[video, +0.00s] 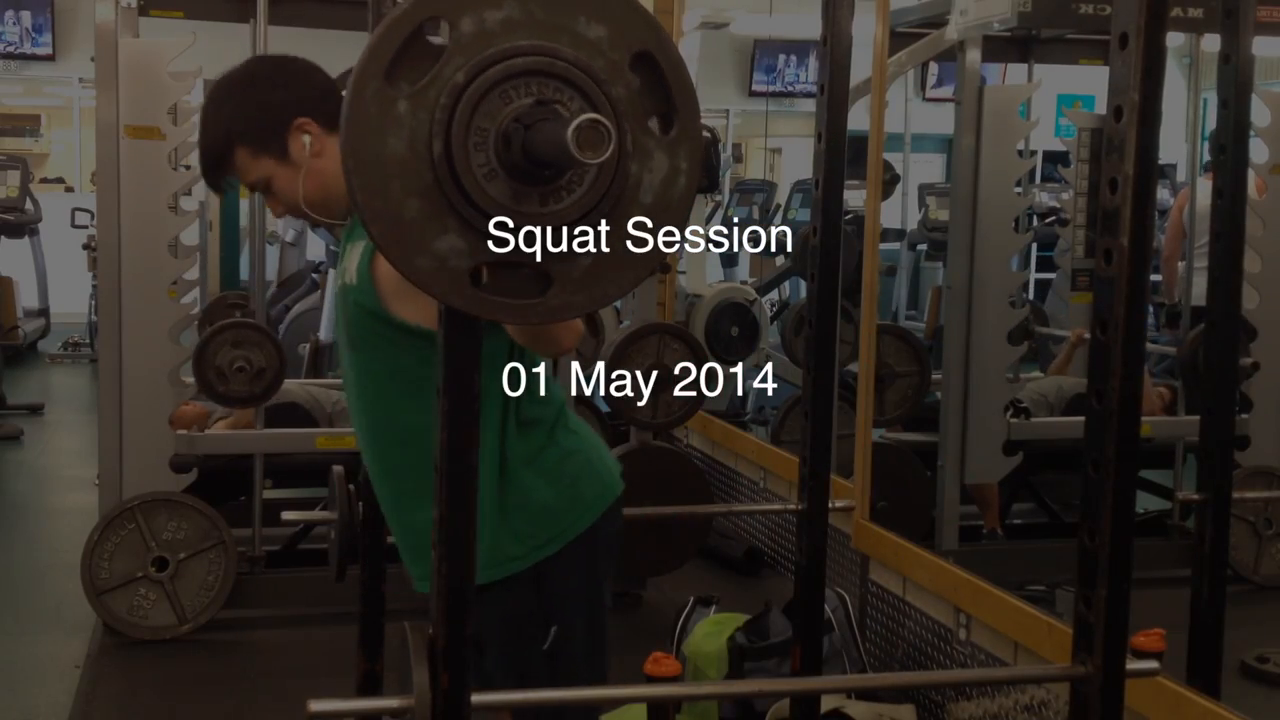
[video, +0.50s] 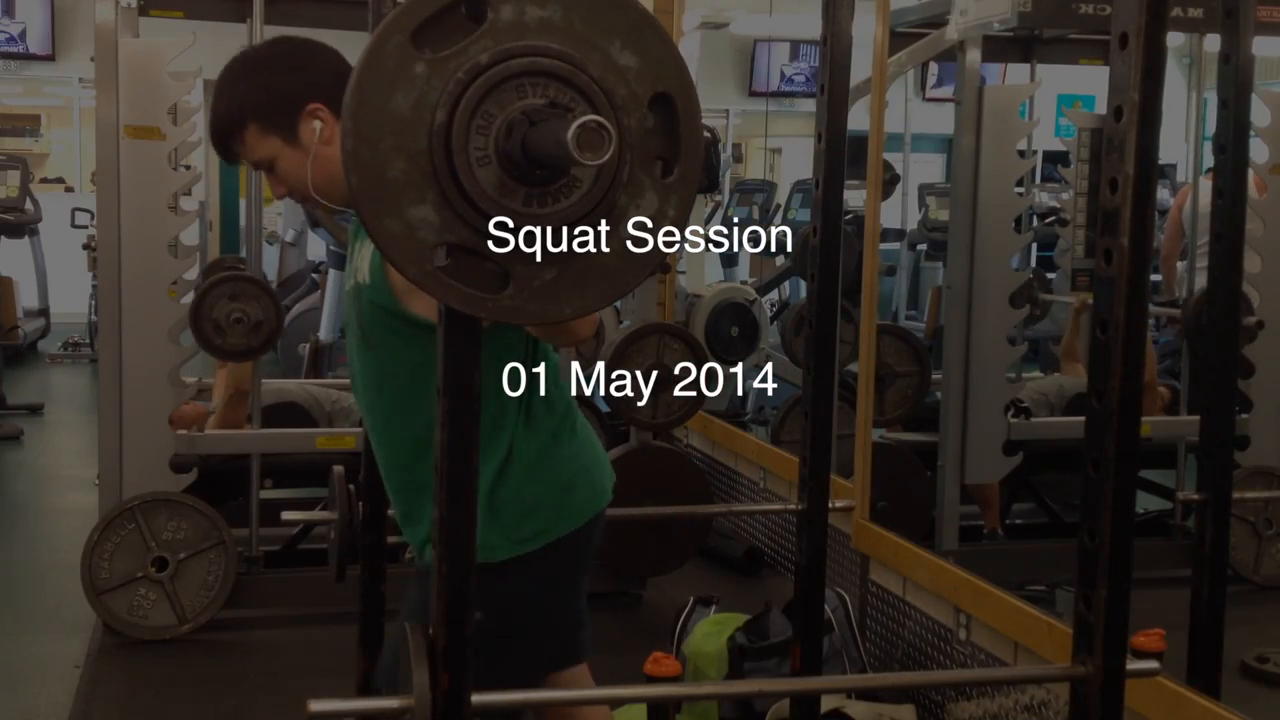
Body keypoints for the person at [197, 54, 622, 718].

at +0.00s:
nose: (276, 211)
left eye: (265, 185)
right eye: (260, 196)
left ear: (305, 138)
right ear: (307, 138)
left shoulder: (396, 243)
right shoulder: (363, 238)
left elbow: (559, 328)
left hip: (528, 541)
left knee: (541, 714)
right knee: (509, 709)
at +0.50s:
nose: (277, 193)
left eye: (269, 166)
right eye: (262, 174)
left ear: (319, 125)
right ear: (322, 126)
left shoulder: (399, 233)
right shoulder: (376, 228)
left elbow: (570, 320)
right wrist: (226, 406)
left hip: (506, 520)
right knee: (564, 685)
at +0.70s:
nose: (291, 159)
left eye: (292, 134)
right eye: (281, 140)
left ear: (346, 107)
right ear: (335, 115)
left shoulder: (405, 230)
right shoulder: (374, 226)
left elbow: (567, 332)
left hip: (500, 524)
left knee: (391, 695)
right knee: (554, 686)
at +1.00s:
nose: (299, 153)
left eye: (301, 129)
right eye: (291, 135)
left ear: (355, 106)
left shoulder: (405, 239)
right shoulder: (370, 232)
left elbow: (551, 342)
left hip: (490, 538)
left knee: (377, 705)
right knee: (553, 687)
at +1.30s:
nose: (292, 136)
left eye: (295, 111)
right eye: (286, 117)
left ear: (351, 95)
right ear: (340, 102)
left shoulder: (399, 232)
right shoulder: (379, 223)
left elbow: (568, 329)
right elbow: (561, 326)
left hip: (488, 532)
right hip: (536, 499)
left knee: (393, 699)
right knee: (568, 683)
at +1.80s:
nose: (290, 155)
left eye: (292, 131)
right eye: (281, 139)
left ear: (347, 103)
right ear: (340, 108)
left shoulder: (405, 217)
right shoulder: (389, 220)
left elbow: (586, 320)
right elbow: (586, 319)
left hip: (512, 510)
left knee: (445, 689)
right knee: (579, 676)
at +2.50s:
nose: (296, 136)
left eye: (301, 111)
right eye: (292, 116)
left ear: (360, 95)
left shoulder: (413, 229)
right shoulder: (384, 226)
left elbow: (582, 325)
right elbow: (579, 323)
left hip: (495, 539)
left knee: (396, 705)